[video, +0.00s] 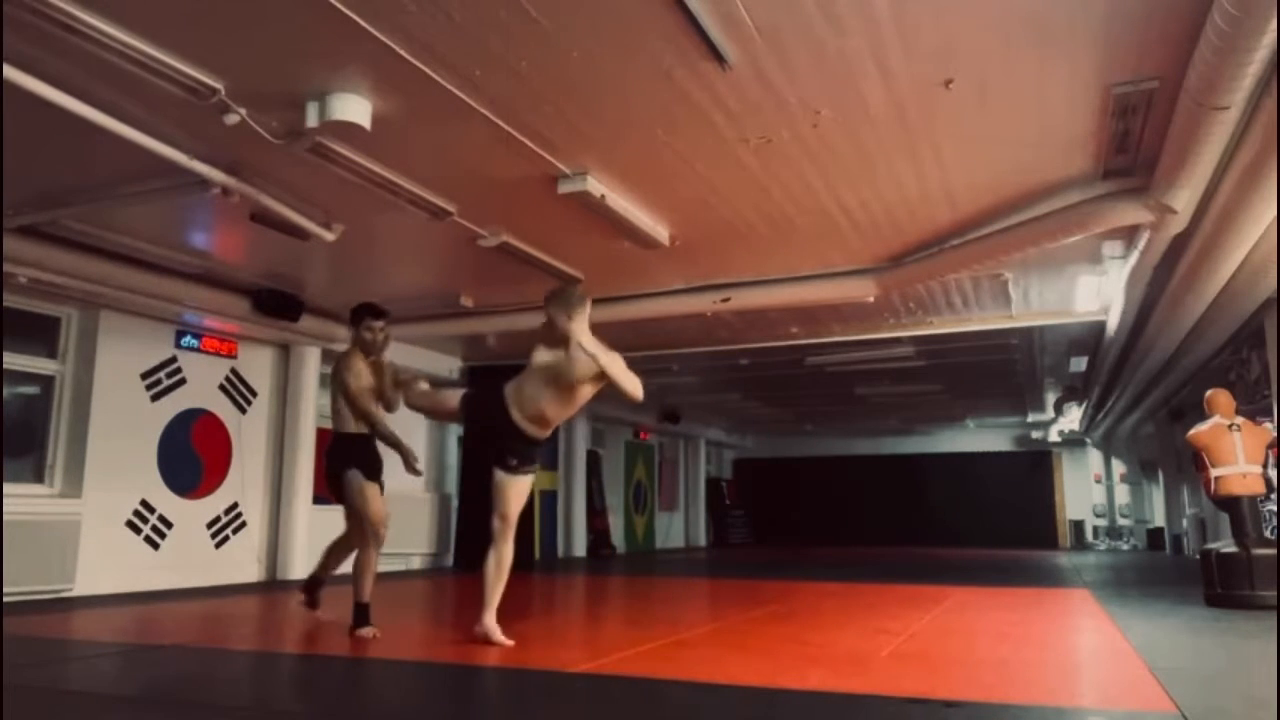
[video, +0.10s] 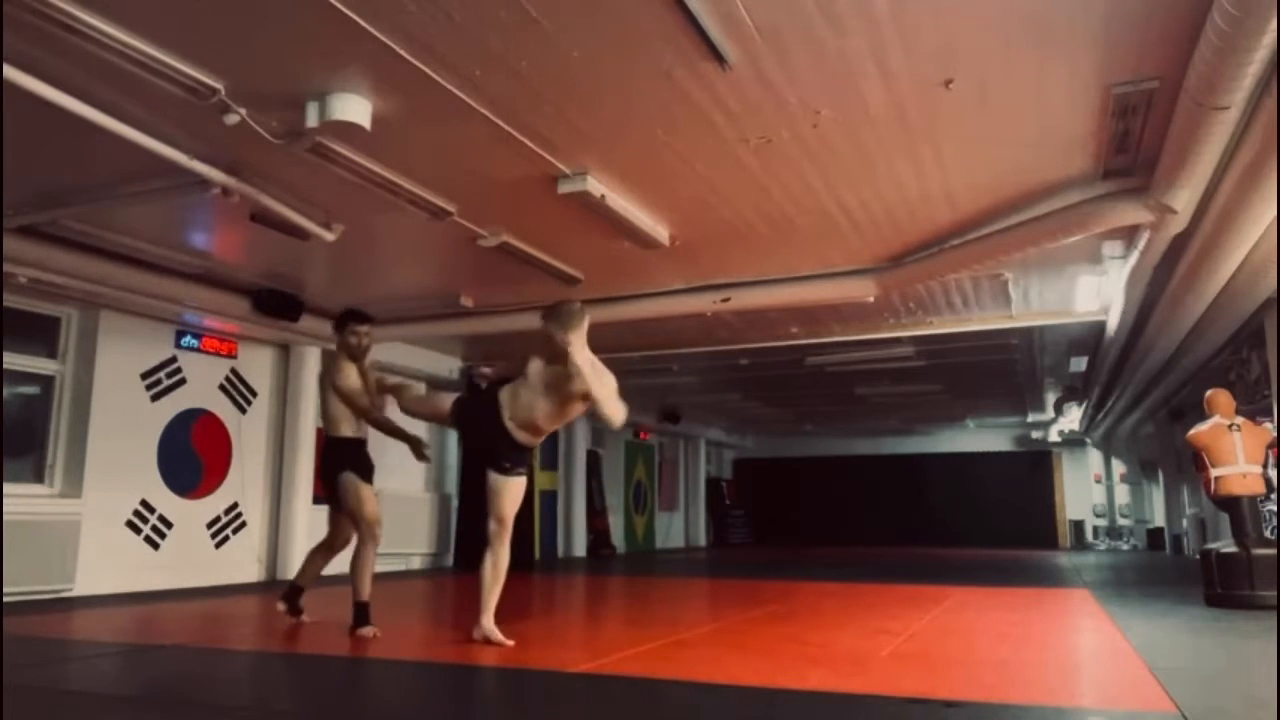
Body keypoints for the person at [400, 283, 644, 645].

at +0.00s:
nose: (546, 325)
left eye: (551, 319)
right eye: (547, 319)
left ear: (574, 316)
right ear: (554, 317)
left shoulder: (602, 360)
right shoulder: (545, 344)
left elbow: (636, 393)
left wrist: (591, 347)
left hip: (521, 444)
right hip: (492, 404)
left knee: (504, 527)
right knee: (420, 399)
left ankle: (488, 617)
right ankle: (407, 381)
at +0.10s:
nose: (547, 343)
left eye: (553, 337)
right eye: (548, 336)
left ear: (570, 334)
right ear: (553, 333)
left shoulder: (599, 377)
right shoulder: (547, 357)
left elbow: (616, 418)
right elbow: (527, 372)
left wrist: (583, 363)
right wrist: (496, 374)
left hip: (513, 447)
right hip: (487, 408)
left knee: (501, 530)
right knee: (413, 402)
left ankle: (486, 621)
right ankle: (389, 386)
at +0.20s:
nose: (548, 339)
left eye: (550, 333)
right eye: (546, 334)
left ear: (572, 328)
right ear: (547, 332)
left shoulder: (594, 374)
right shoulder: (540, 351)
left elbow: (572, 421)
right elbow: (513, 357)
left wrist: (562, 353)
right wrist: (481, 359)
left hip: (516, 449)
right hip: (488, 411)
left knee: (503, 529)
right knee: (419, 403)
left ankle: (487, 620)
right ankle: (376, 398)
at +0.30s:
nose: (532, 320)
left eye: (536, 313)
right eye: (531, 314)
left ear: (553, 310)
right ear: (546, 312)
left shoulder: (585, 356)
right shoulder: (534, 332)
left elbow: (550, 407)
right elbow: (482, 329)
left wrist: (534, 349)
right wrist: (470, 323)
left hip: (524, 446)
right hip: (495, 413)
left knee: (508, 528)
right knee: (438, 417)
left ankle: (491, 619)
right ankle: (407, 425)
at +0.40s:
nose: (524, 304)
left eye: (527, 296)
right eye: (523, 298)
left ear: (543, 290)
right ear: (535, 294)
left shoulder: (572, 336)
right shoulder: (540, 324)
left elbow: (551, 395)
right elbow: (509, 328)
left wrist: (518, 346)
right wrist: (479, 317)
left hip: (535, 433)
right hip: (506, 415)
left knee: (519, 526)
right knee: (451, 432)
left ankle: (507, 618)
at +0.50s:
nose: (521, 301)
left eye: (521, 292)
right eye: (518, 294)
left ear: (537, 284)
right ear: (537, 284)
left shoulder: (562, 323)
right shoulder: (548, 320)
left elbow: (555, 385)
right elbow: (524, 350)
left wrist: (511, 355)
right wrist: (499, 330)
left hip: (540, 423)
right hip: (518, 418)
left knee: (525, 516)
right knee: (475, 461)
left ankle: (522, 611)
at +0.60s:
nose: (520, 307)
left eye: (520, 299)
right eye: (518, 301)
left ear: (533, 290)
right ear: (536, 290)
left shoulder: (555, 323)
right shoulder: (548, 324)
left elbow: (555, 381)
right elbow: (536, 371)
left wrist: (512, 370)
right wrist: (515, 349)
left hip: (540, 424)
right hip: (531, 422)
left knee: (525, 518)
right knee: (506, 501)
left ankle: (527, 613)